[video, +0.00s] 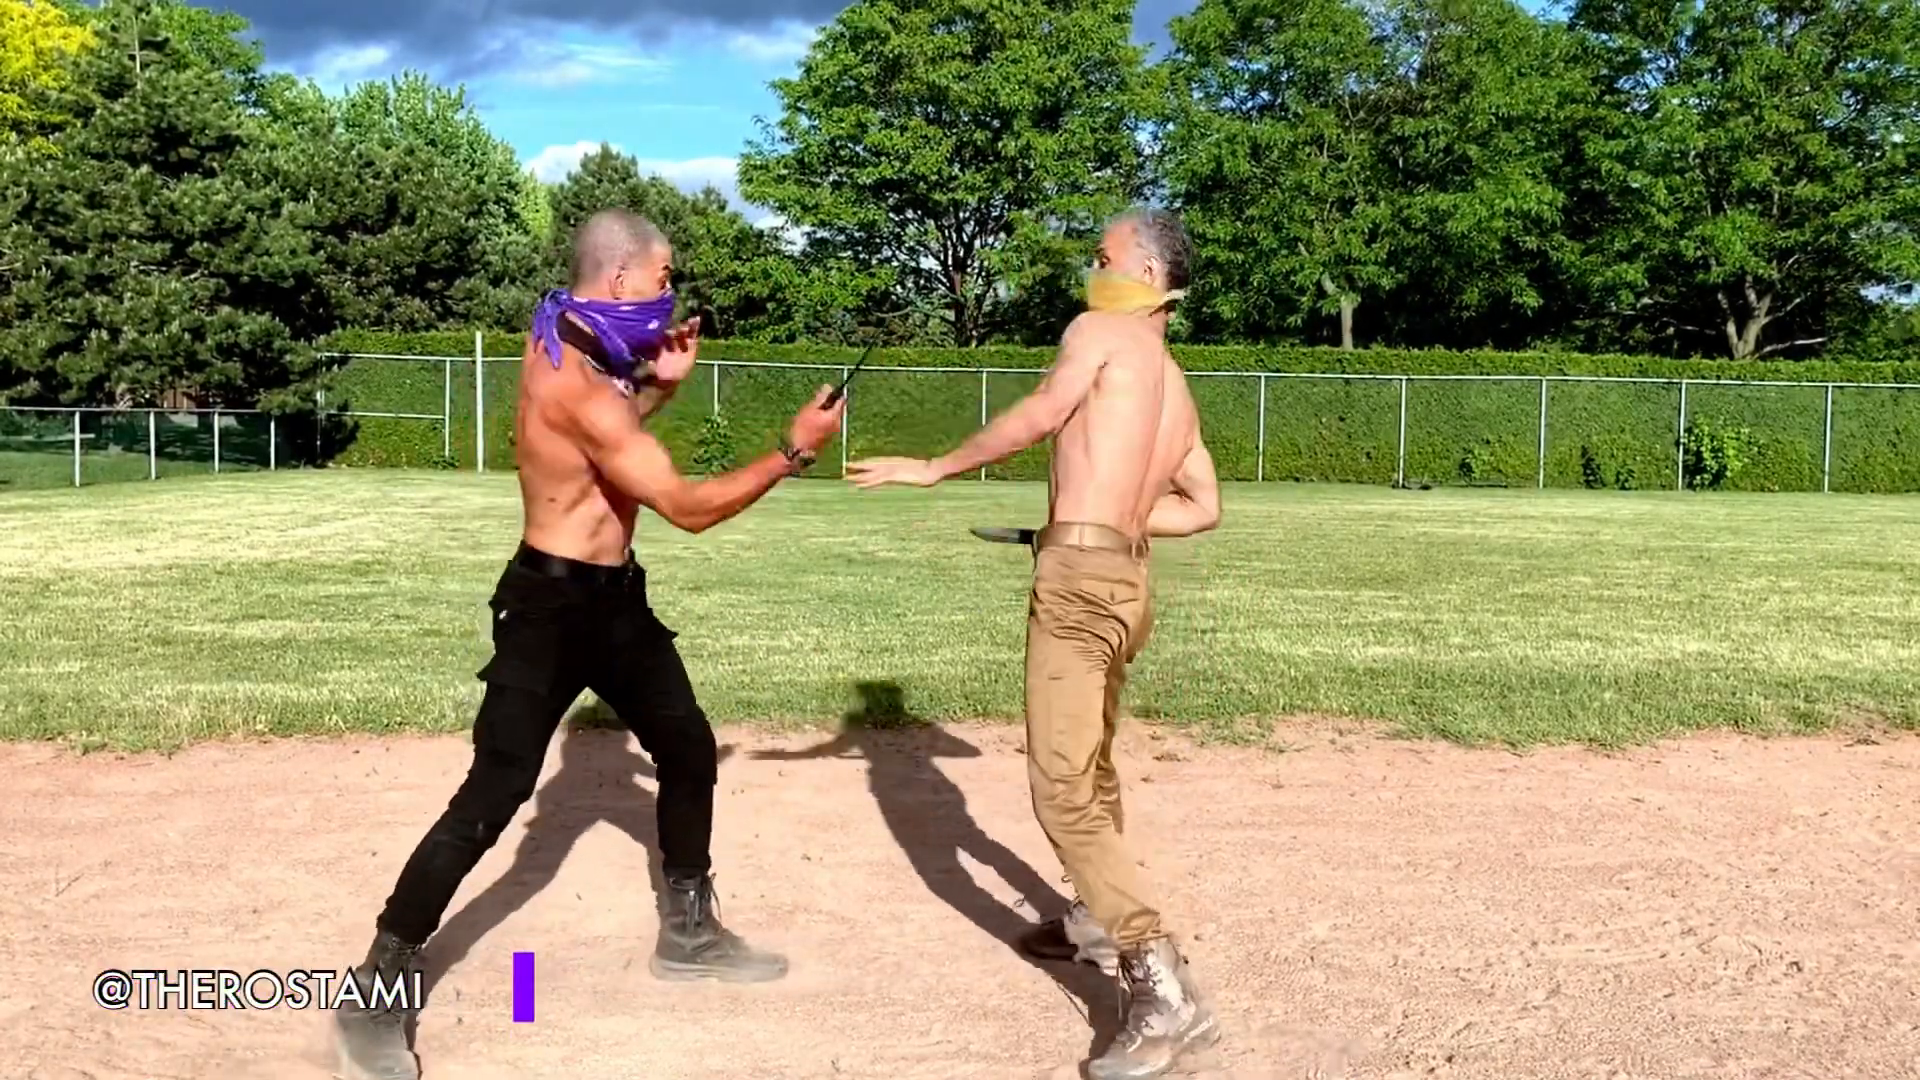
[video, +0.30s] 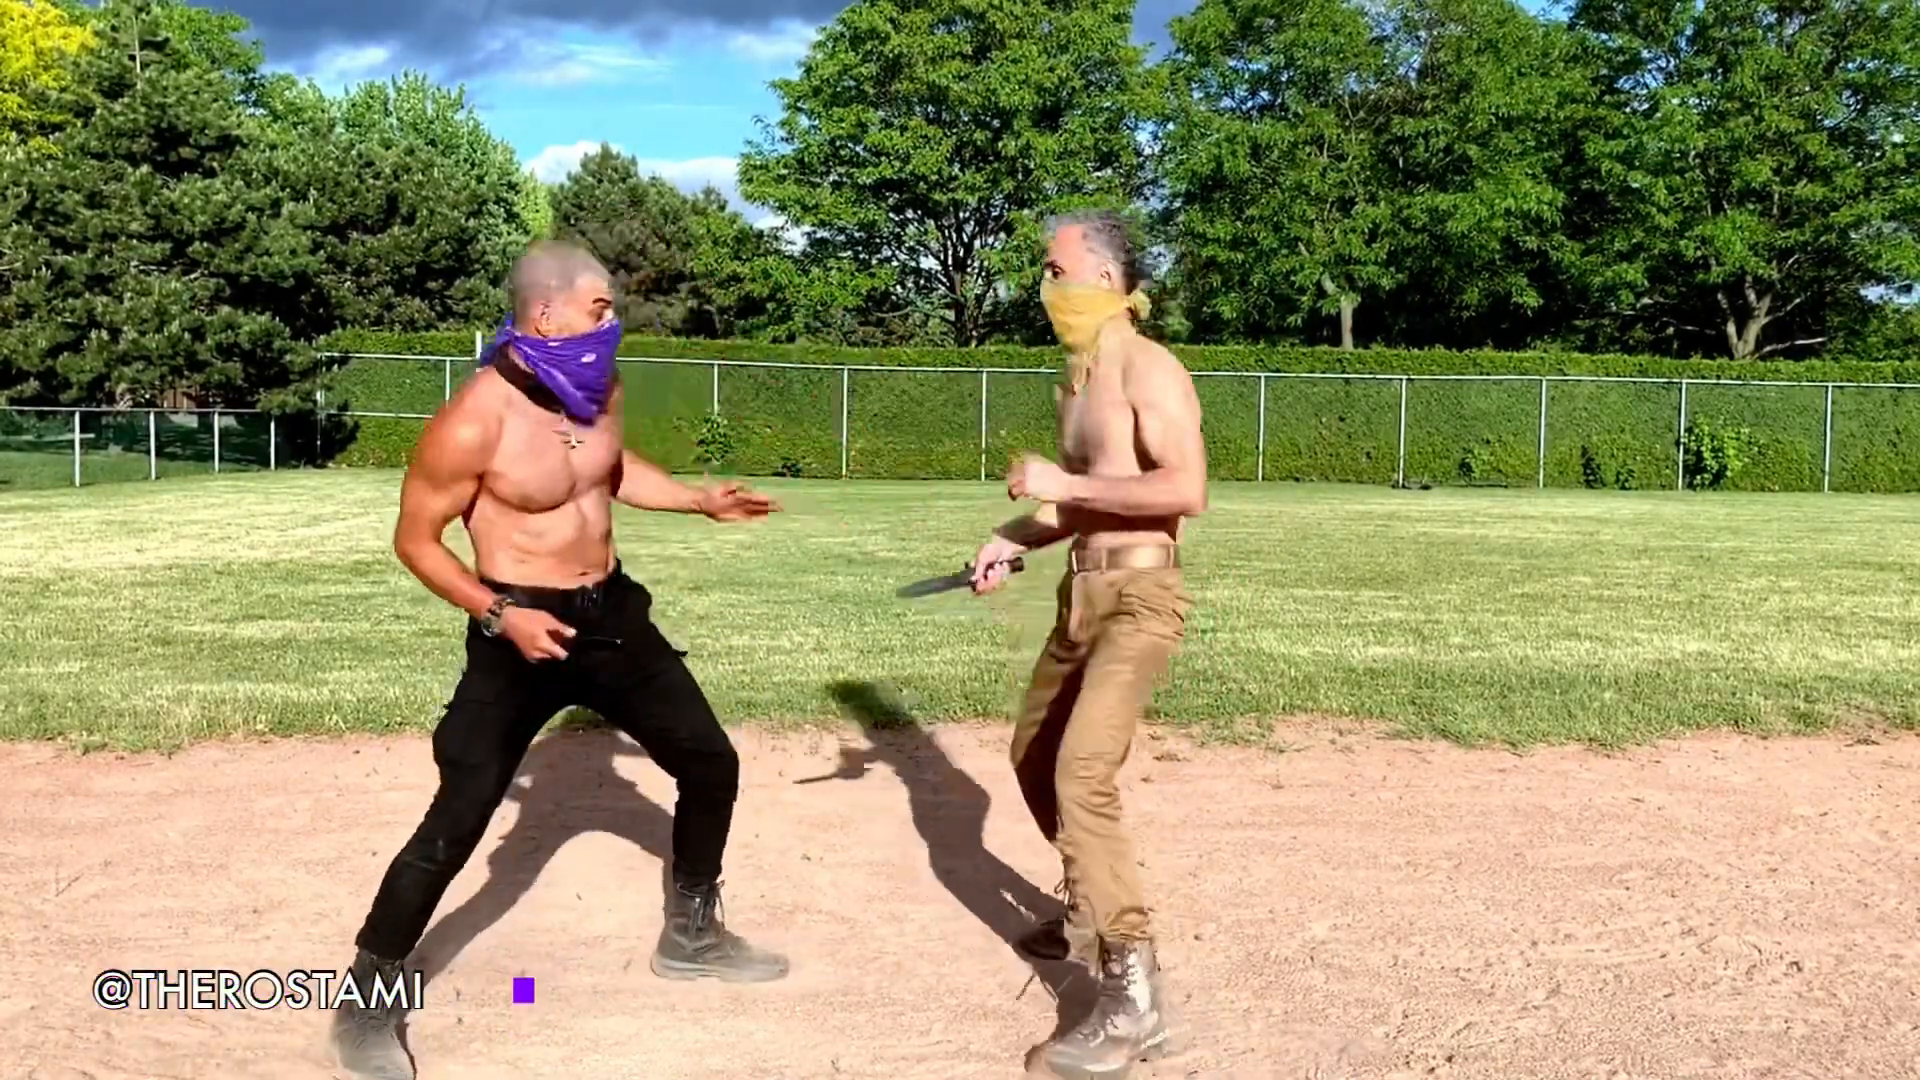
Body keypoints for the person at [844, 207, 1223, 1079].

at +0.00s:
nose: (1094, 264)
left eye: (1106, 254)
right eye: (1101, 251)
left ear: (1136, 269)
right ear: (1164, 283)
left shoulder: (1100, 330)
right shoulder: (1173, 381)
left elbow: (1040, 417)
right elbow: (1202, 507)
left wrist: (934, 467)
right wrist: (1098, 519)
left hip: (1077, 579)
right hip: (1127, 582)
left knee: (1063, 792)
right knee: (1090, 767)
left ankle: (1162, 985)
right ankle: (1097, 916)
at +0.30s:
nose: (1044, 286)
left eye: (1057, 271)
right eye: (1044, 272)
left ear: (1108, 277)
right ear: (1085, 278)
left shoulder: (1150, 366)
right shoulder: (1081, 379)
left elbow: (1186, 491)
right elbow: (1090, 500)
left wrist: (1066, 487)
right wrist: (1018, 539)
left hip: (1142, 596)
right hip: (1084, 596)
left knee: (1085, 775)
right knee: (1036, 759)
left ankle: (1134, 990)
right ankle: (1095, 895)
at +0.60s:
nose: (1016, 307)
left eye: (1024, 290)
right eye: (1013, 292)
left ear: (1074, 289)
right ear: (1061, 290)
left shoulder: (1120, 370)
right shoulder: (1085, 386)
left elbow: (1110, 473)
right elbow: (1098, 511)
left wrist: (1024, 418)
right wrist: (1044, 578)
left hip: (1157, 611)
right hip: (1110, 612)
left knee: (1105, 793)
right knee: (1055, 764)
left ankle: (1188, 983)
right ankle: (1101, 908)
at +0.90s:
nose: (1083, 266)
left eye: (1102, 257)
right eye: (1089, 251)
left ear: (1150, 284)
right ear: (1116, 277)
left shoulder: (1149, 393)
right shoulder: (1061, 364)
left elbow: (1148, 530)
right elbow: (1021, 464)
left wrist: (1047, 474)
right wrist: (933, 512)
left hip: (1082, 602)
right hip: (1028, 591)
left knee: (1052, 788)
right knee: (1007, 758)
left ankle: (1125, 998)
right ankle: (1079, 891)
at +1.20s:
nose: (960, 312)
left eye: (968, 295)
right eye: (957, 297)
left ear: (1020, 291)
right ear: (1011, 294)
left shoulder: (1070, 373)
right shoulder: (1048, 383)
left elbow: (1055, 482)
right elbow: (1071, 517)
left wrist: (970, 420)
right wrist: (1004, 560)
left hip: (1110, 609)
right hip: (1065, 611)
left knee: (1060, 788)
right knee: (1008, 766)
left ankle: (1122, 1004)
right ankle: (1051, 912)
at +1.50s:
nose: (953, 303)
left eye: (962, 285)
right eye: (950, 286)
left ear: (1017, 285)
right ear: (1007, 286)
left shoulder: (1092, 384)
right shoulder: (1002, 387)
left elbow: (1101, 519)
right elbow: (1007, 493)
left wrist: (1000, 439)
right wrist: (948, 539)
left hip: (1094, 612)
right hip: (1017, 608)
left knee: (1063, 780)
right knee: (979, 772)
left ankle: (1124, 995)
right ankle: (1041, 897)